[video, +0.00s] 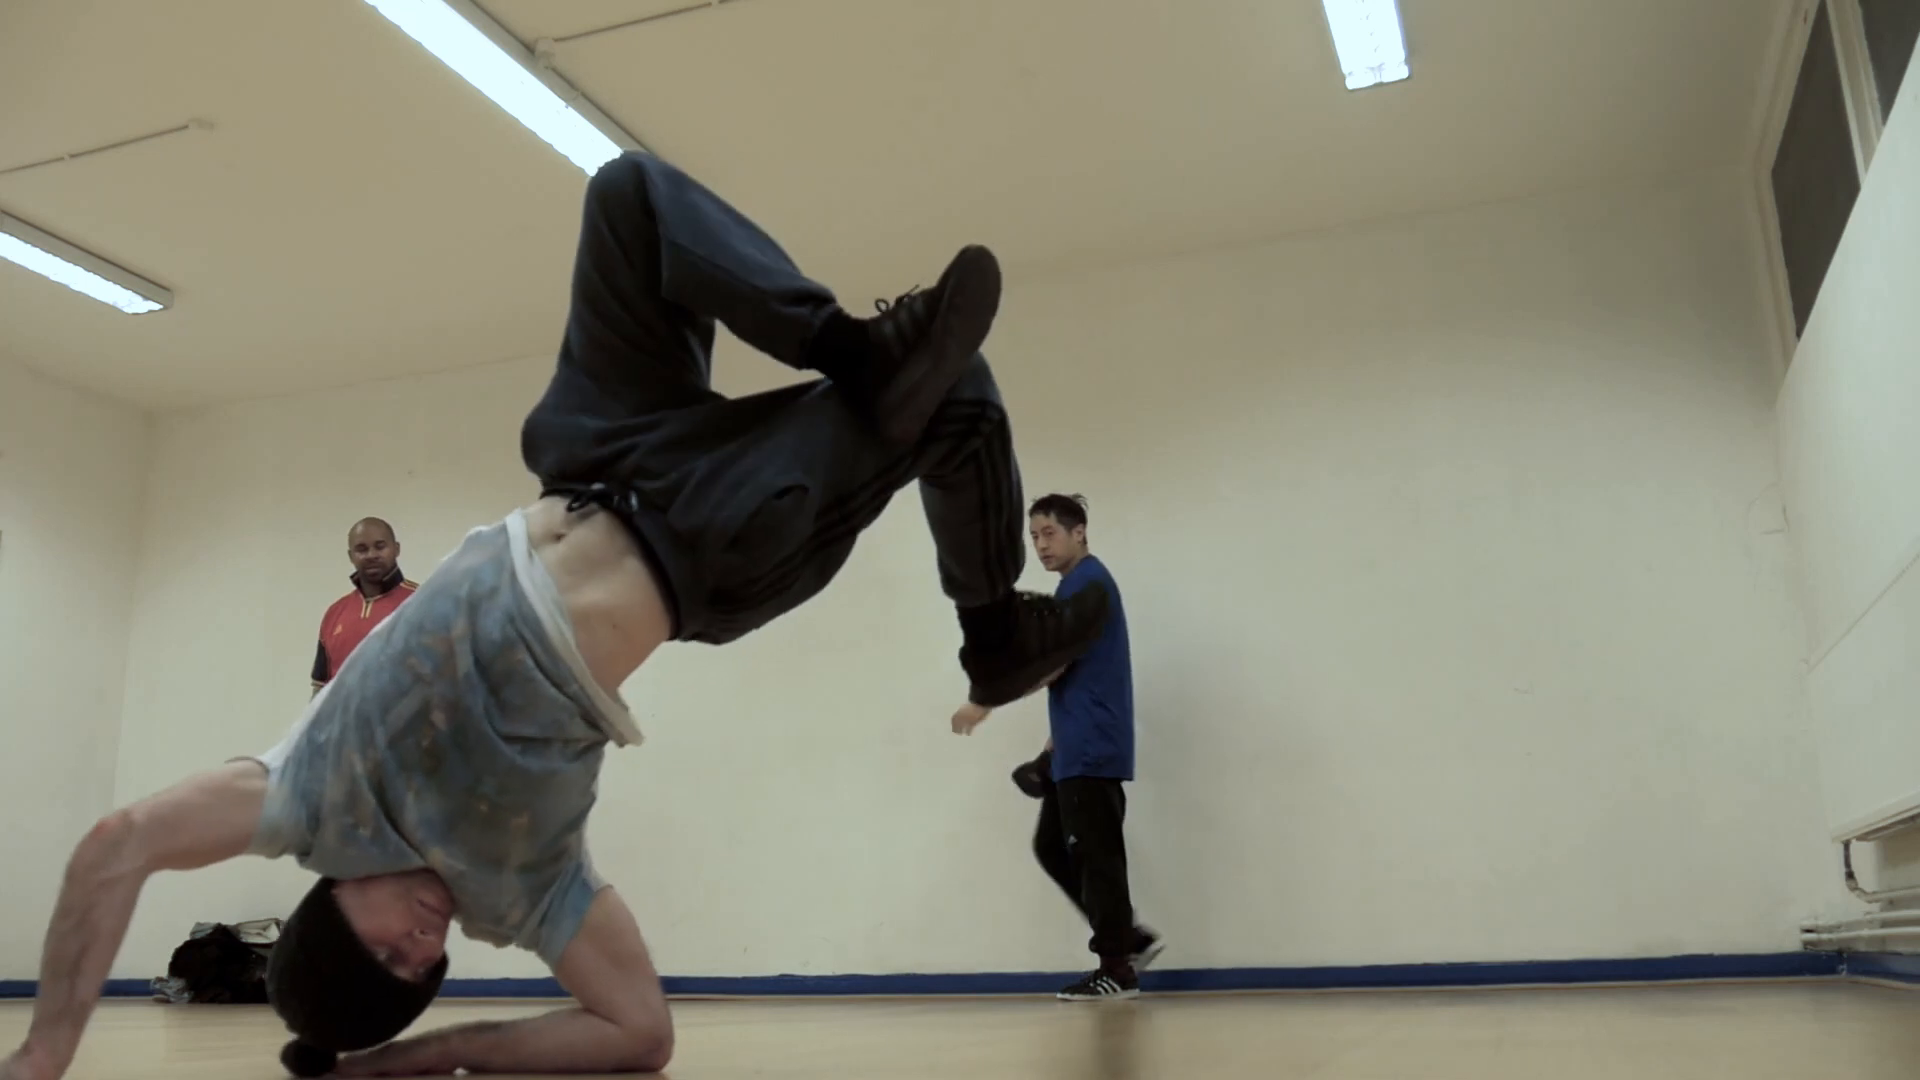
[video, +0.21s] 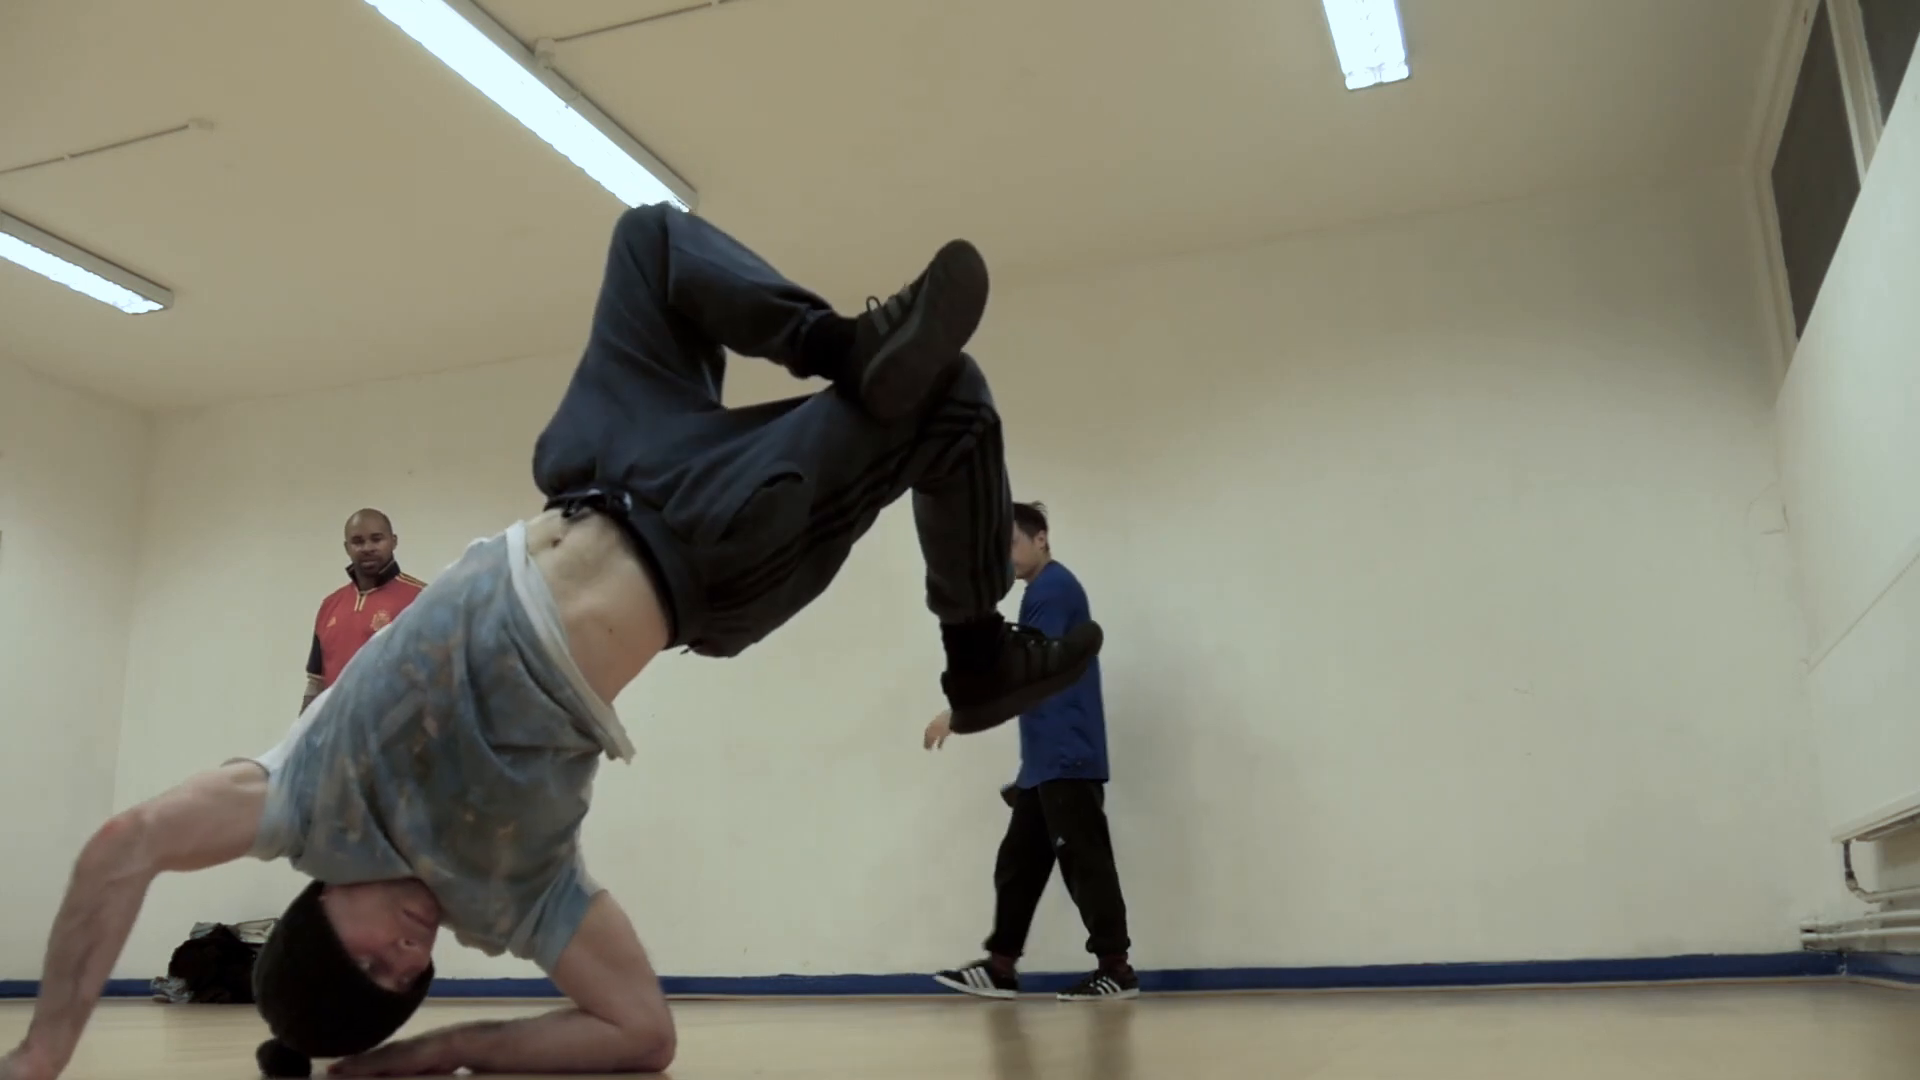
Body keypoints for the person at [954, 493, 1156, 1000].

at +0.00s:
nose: (1039, 544)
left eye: (1048, 533)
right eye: (1035, 536)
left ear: (1078, 533)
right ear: (1038, 539)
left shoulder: (1087, 583)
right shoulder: (1077, 585)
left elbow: (1049, 662)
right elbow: (1085, 689)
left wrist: (983, 702)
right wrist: (1054, 751)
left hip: (1092, 747)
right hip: (1075, 749)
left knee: (1099, 857)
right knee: (1051, 846)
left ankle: (1117, 969)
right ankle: (1126, 934)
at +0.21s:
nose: (1006, 555)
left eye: (1011, 543)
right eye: (1003, 545)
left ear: (1040, 539)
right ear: (1031, 542)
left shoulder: (1055, 590)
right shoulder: (1040, 592)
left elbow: (1026, 676)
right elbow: (1048, 695)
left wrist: (957, 714)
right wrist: (1029, 770)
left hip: (1068, 759)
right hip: (1046, 761)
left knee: (1087, 864)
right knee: (1018, 862)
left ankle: (1115, 970)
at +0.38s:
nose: (959, 560)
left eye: (963, 552)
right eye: (958, 553)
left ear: (987, 547)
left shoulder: (1021, 589)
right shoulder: (984, 600)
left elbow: (1018, 671)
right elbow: (1002, 669)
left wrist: (996, 734)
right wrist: (989, 729)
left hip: (1036, 757)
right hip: (1004, 758)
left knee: (1054, 860)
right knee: (990, 862)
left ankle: (1111, 963)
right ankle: (989, 969)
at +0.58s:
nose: (950, 562)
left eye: (956, 554)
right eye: (947, 556)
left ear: (981, 549)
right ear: (946, 561)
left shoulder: (1002, 591)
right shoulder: (951, 607)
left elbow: (1031, 655)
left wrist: (1044, 722)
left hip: (1003, 742)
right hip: (965, 746)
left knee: (984, 846)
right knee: (965, 855)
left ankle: (1070, 935)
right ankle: (986, 968)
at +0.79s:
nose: (946, 568)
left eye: (953, 560)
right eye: (938, 561)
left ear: (974, 557)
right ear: (928, 565)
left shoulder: (995, 600)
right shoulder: (923, 620)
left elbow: (1023, 666)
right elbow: (909, 690)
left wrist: (1041, 736)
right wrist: (889, 752)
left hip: (989, 751)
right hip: (942, 754)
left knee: (970, 848)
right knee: (951, 856)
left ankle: (987, 968)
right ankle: (979, 965)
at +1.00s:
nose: (915, 556)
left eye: (924, 545)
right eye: (912, 548)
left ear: (952, 553)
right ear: (909, 561)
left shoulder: (984, 603)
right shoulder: (900, 615)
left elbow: (1010, 668)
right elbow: (878, 685)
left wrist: (1013, 743)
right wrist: (849, 743)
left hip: (975, 756)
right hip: (923, 761)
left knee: (950, 849)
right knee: (953, 857)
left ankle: (928, 961)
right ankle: (986, 969)